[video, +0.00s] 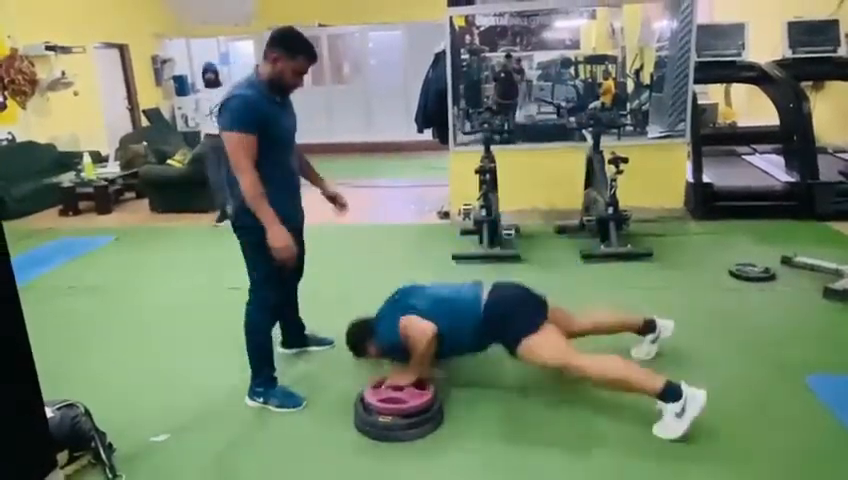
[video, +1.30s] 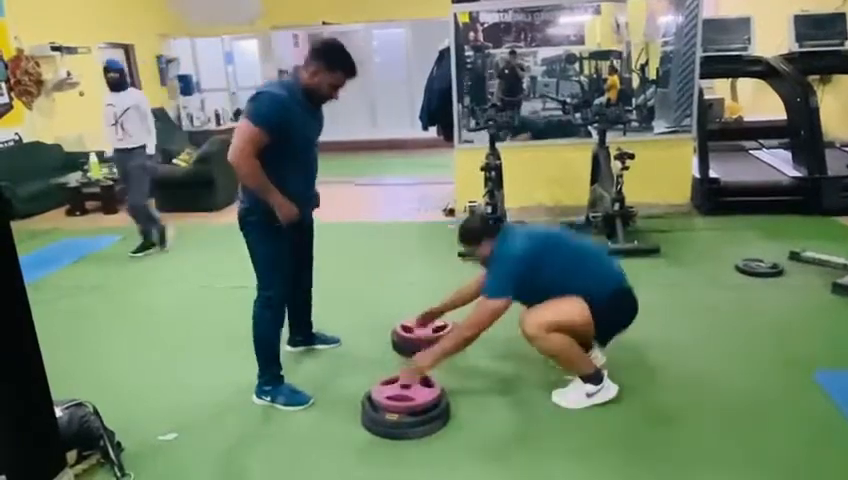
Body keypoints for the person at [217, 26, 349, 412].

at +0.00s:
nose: (302, 81)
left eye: (304, 73)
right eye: (298, 72)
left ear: (281, 63)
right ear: (274, 60)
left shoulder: (278, 97)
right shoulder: (242, 103)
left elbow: (288, 153)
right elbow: (244, 174)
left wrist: (323, 187)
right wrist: (272, 226)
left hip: (287, 210)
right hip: (257, 216)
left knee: (288, 276)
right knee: (265, 296)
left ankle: (294, 335)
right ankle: (262, 384)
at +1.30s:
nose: (337, 93)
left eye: (341, 86)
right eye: (335, 84)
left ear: (320, 75)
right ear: (313, 72)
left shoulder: (311, 105)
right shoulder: (272, 100)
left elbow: (294, 154)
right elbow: (239, 156)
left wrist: (303, 196)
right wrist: (276, 200)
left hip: (298, 211)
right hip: (265, 214)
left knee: (301, 277)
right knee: (273, 292)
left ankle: (301, 334)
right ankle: (269, 382)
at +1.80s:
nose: (403, 260)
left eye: (407, 254)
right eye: (404, 253)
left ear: (389, 235)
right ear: (391, 241)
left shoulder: (367, 241)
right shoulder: (345, 255)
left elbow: (385, 282)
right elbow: (347, 330)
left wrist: (412, 318)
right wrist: (387, 373)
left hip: (300, 292)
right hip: (273, 305)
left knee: (358, 292)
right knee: (329, 338)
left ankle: (325, 344)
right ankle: (273, 385)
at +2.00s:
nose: (435, 305)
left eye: (440, 303)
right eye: (439, 301)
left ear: (433, 274)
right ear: (433, 286)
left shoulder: (408, 256)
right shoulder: (388, 278)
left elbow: (394, 289)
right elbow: (356, 339)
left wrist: (411, 320)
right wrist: (387, 380)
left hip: (311, 244)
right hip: (293, 264)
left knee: (349, 304)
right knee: (332, 333)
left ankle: (304, 331)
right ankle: (272, 378)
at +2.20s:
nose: (460, 336)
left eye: (468, 335)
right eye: (464, 332)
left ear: (467, 306)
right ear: (460, 315)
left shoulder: (444, 281)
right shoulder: (422, 298)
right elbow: (370, 336)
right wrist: (390, 379)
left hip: (354, 248)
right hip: (330, 264)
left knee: (328, 306)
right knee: (300, 348)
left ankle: (269, 297)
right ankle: (212, 339)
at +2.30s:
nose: (467, 359)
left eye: (475, 358)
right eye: (472, 355)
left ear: (473, 326)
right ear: (468, 337)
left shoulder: (451, 301)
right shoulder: (433, 315)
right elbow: (377, 336)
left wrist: (423, 346)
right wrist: (392, 379)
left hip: (358, 271)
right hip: (341, 285)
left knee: (313, 310)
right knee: (282, 354)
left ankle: (260, 310)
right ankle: (185, 353)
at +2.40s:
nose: (468, 375)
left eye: (477, 374)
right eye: (474, 371)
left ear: (476, 342)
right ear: (472, 353)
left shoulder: (452, 312)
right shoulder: (440, 326)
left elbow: (411, 301)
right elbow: (385, 328)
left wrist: (414, 360)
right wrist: (389, 381)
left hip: (358, 294)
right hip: (341, 308)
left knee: (313, 324)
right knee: (275, 362)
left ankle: (253, 315)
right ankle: (176, 367)